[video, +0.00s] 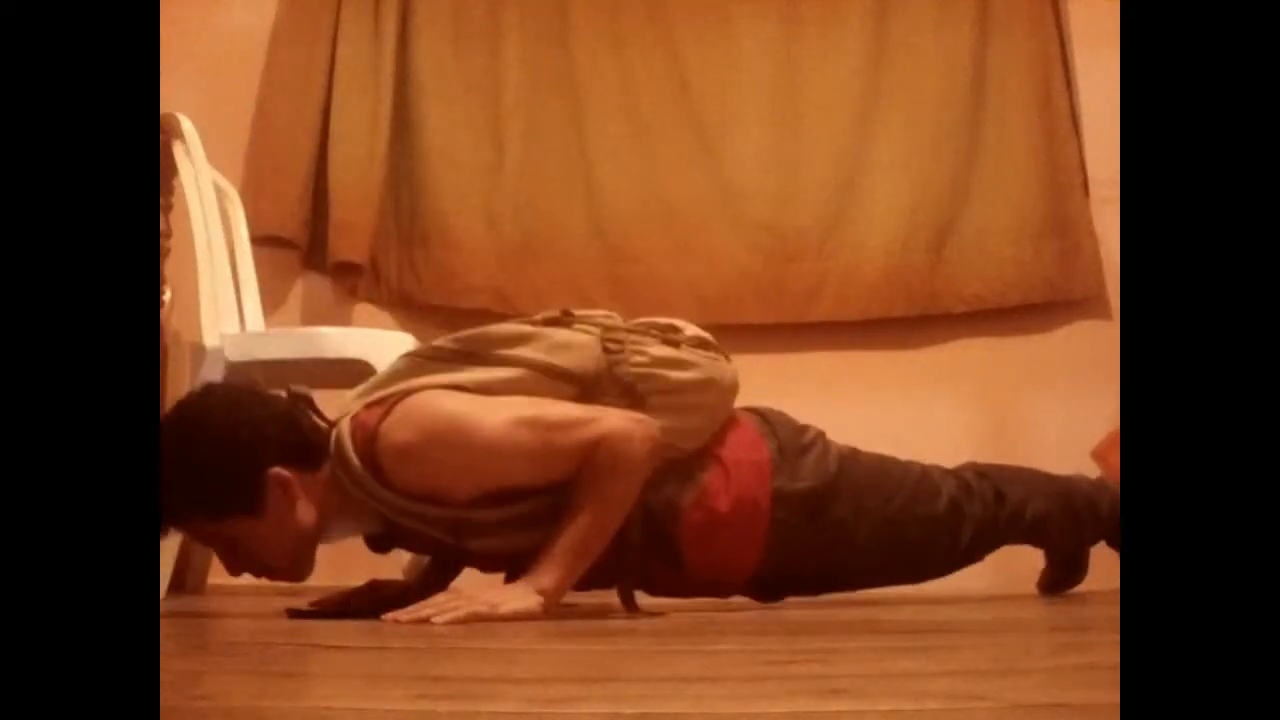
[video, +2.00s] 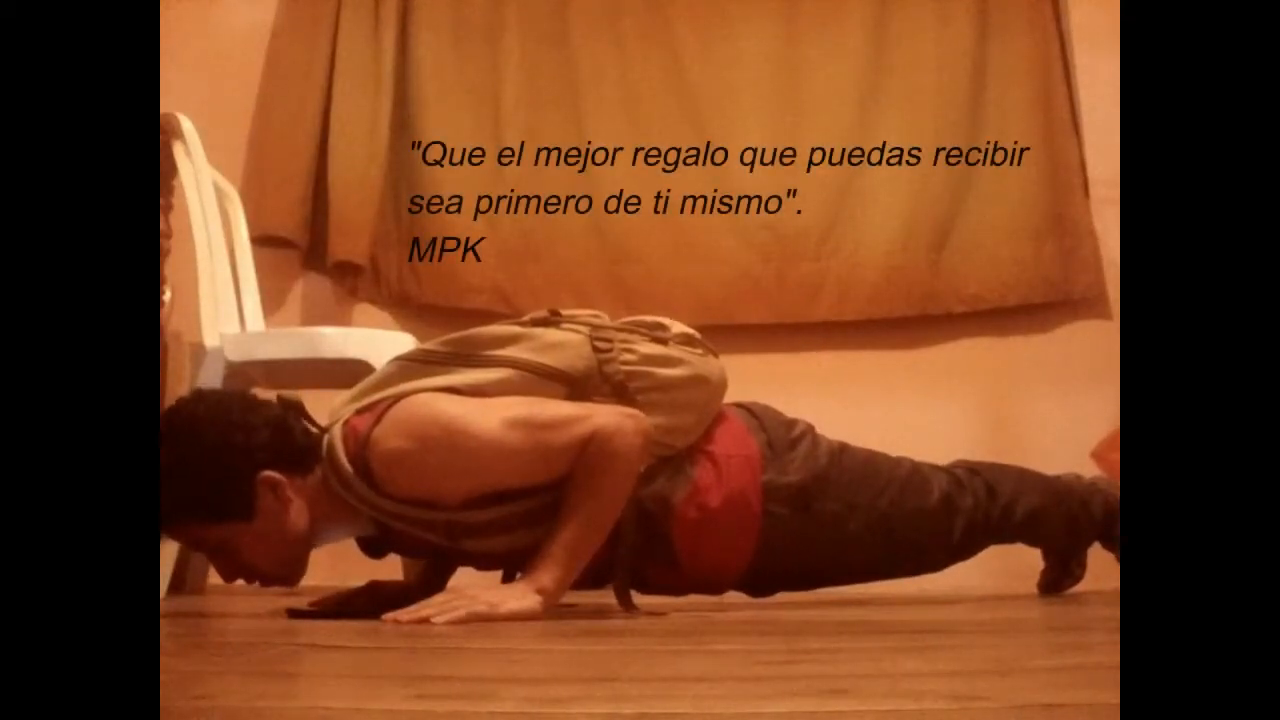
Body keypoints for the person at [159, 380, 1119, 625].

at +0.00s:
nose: (230, 563)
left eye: (226, 538)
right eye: (213, 547)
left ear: (284, 486)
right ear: (283, 480)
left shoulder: (416, 443)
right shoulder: (364, 454)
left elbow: (629, 443)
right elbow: (486, 524)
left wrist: (538, 587)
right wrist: (391, 586)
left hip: (752, 493)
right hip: (721, 509)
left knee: (952, 511)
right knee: (929, 513)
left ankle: (1094, 503)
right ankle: (1079, 506)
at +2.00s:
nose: (223, 572)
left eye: (219, 548)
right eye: (205, 558)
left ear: (274, 491)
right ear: (269, 482)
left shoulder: (406, 447)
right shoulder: (356, 457)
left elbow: (616, 440)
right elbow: (462, 541)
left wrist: (538, 588)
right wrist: (386, 588)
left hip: (737, 495)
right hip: (711, 494)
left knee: (946, 509)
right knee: (923, 505)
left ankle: (1094, 505)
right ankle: (1074, 507)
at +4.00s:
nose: (225, 573)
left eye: (218, 549)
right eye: (207, 560)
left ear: (271, 491)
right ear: (266, 480)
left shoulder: (402, 448)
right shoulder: (355, 458)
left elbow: (615, 437)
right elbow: (459, 536)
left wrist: (540, 588)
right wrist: (392, 585)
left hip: (739, 487)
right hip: (711, 501)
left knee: (946, 508)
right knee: (926, 505)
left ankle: (1094, 505)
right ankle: (1078, 505)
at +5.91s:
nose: (217, 575)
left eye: (212, 551)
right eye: (200, 560)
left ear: (264, 493)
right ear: (261, 481)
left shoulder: (402, 450)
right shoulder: (356, 458)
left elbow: (614, 438)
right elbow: (483, 526)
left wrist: (539, 588)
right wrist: (393, 585)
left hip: (736, 493)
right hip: (708, 502)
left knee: (944, 508)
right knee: (923, 506)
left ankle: (1094, 504)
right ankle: (1075, 505)